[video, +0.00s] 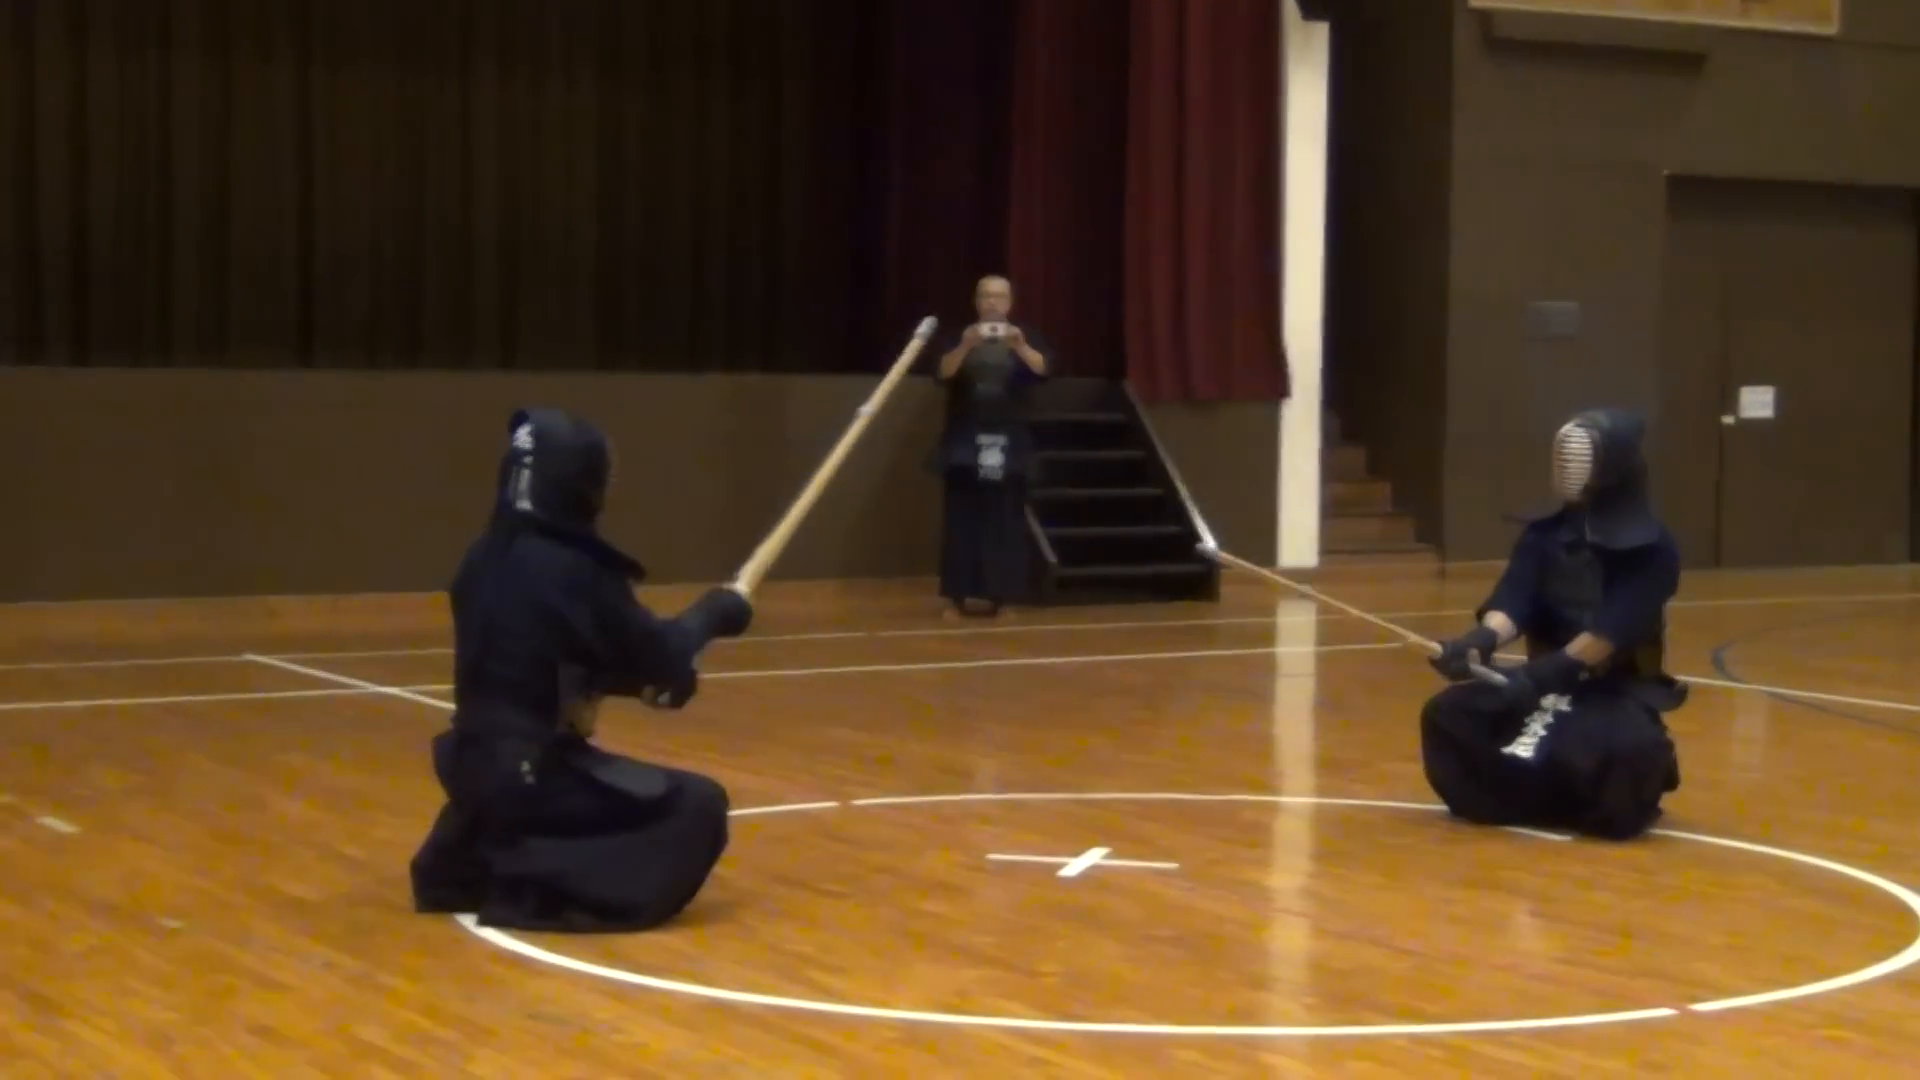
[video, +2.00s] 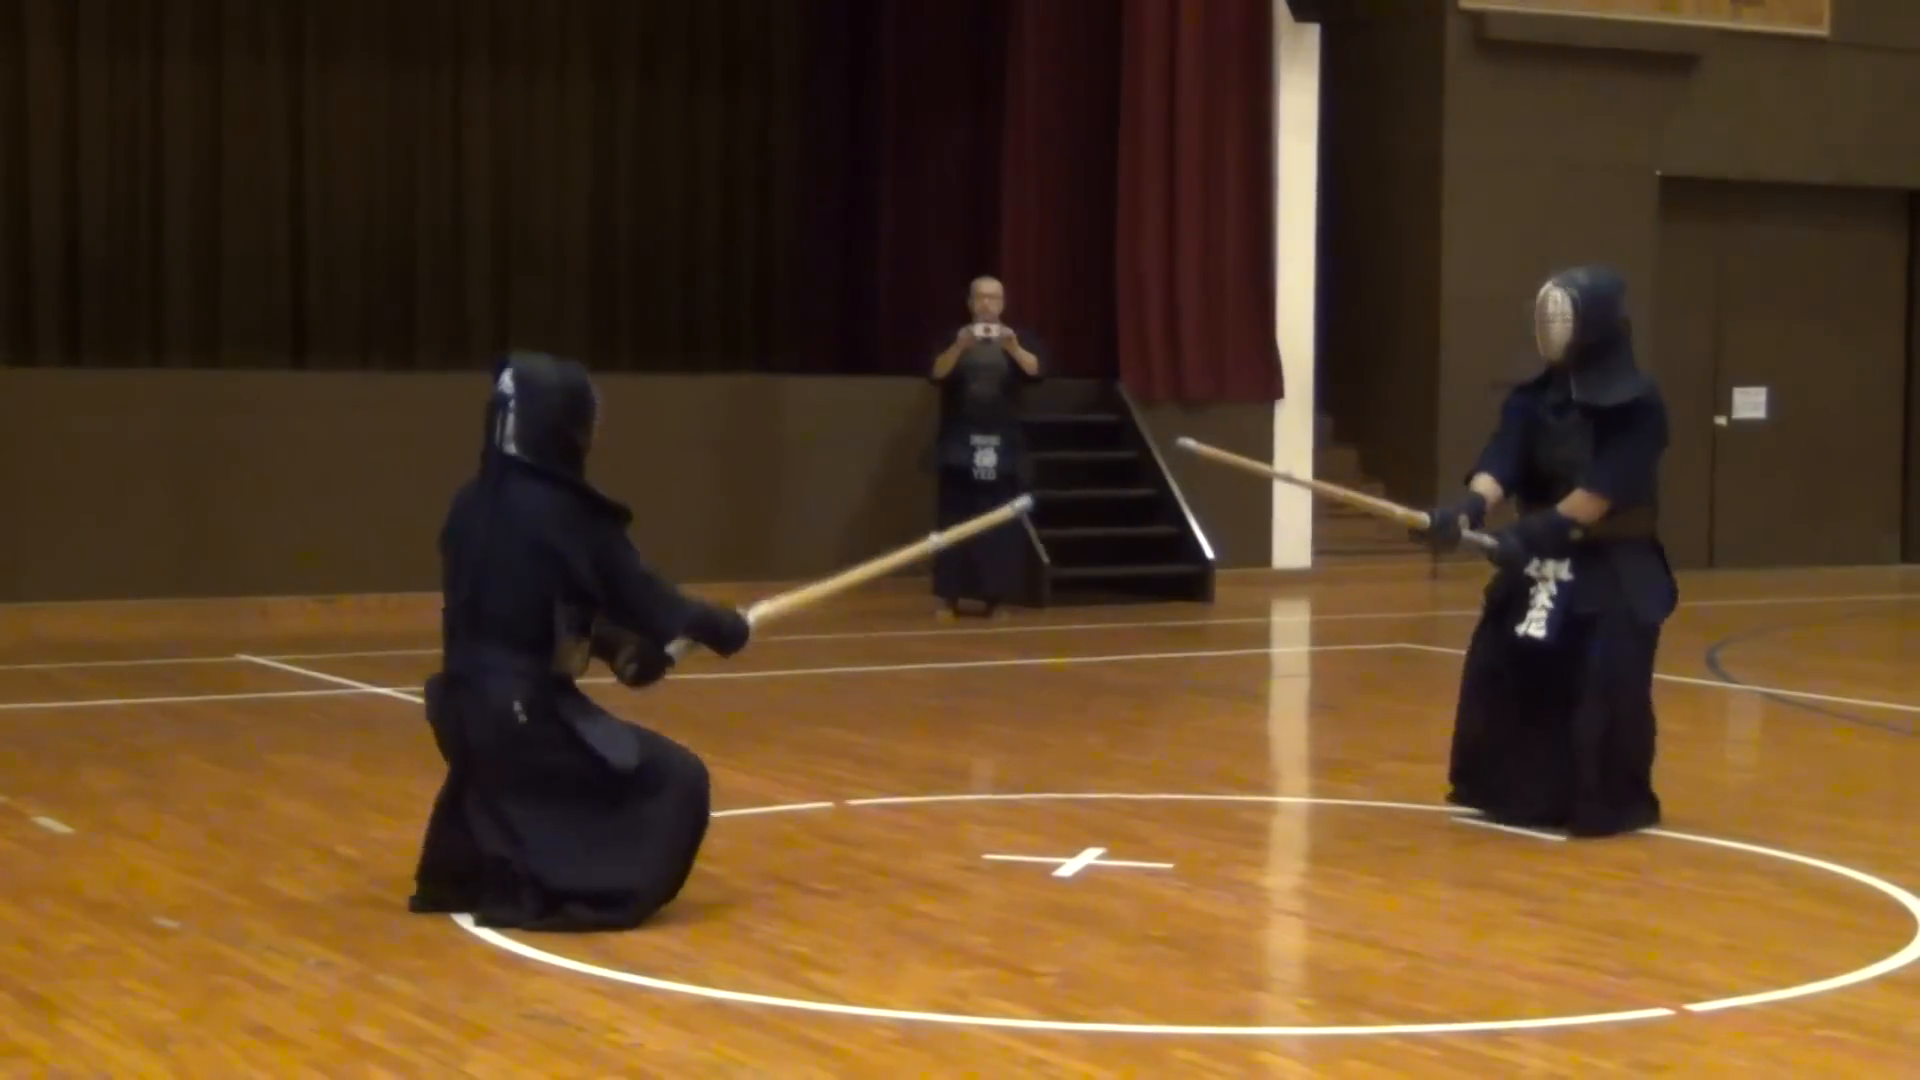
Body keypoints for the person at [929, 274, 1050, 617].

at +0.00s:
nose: (993, 303)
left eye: (1000, 297)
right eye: (987, 297)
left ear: (1010, 302)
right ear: (977, 301)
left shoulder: (1022, 339)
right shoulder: (963, 339)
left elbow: (1043, 369)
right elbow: (943, 372)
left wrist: (1018, 345)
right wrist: (967, 345)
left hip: (1007, 435)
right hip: (966, 434)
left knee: (1004, 512)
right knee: (962, 512)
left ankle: (1002, 596)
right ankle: (956, 593)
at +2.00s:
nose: (987, 304)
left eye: (994, 298)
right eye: (982, 298)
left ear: (1003, 302)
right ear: (971, 302)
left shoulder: (1016, 339)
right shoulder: (958, 338)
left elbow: (1035, 371)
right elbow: (937, 373)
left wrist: (1011, 347)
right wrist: (961, 345)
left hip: (1003, 434)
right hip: (961, 433)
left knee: (999, 513)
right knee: (955, 511)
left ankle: (997, 593)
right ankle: (948, 592)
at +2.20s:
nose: (987, 304)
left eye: (993, 298)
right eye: (981, 298)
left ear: (1003, 303)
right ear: (971, 302)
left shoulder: (1017, 340)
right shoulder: (958, 339)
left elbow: (1036, 371)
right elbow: (937, 373)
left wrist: (1012, 348)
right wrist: (960, 347)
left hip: (1005, 436)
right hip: (961, 436)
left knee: (1001, 513)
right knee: (960, 512)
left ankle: (1000, 594)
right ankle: (956, 591)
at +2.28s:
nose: (986, 305)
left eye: (992, 299)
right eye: (980, 298)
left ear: (1002, 303)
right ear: (970, 303)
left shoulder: (1016, 341)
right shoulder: (956, 340)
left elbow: (1036, 373)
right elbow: (936, 375)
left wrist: (1011, 348)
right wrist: (960, 347)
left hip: (1002, 439)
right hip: (959, 439)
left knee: (999, 517)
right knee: (954, 516)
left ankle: (998, 598)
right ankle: (947, 595)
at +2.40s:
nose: (986, 305)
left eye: (992, 299)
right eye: (979, 299)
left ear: (1002, 303)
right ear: (969, 303)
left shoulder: (1015, 342)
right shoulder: (954, 340)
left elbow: (1035, 371)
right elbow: (936, 376)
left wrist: (1012, 348)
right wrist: (959, 347)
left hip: (1001, 440)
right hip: (958, 439)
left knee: (998, 517)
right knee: (954, 516)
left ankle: (997, 599)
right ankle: (947, 596)